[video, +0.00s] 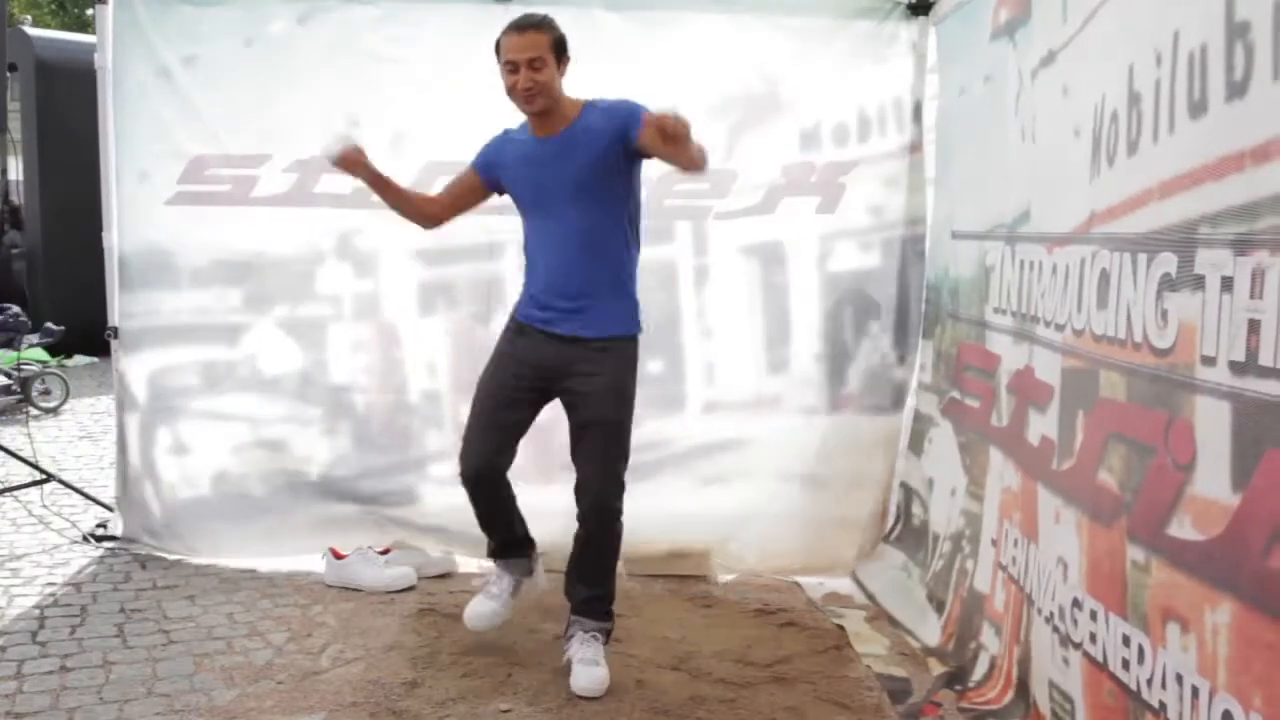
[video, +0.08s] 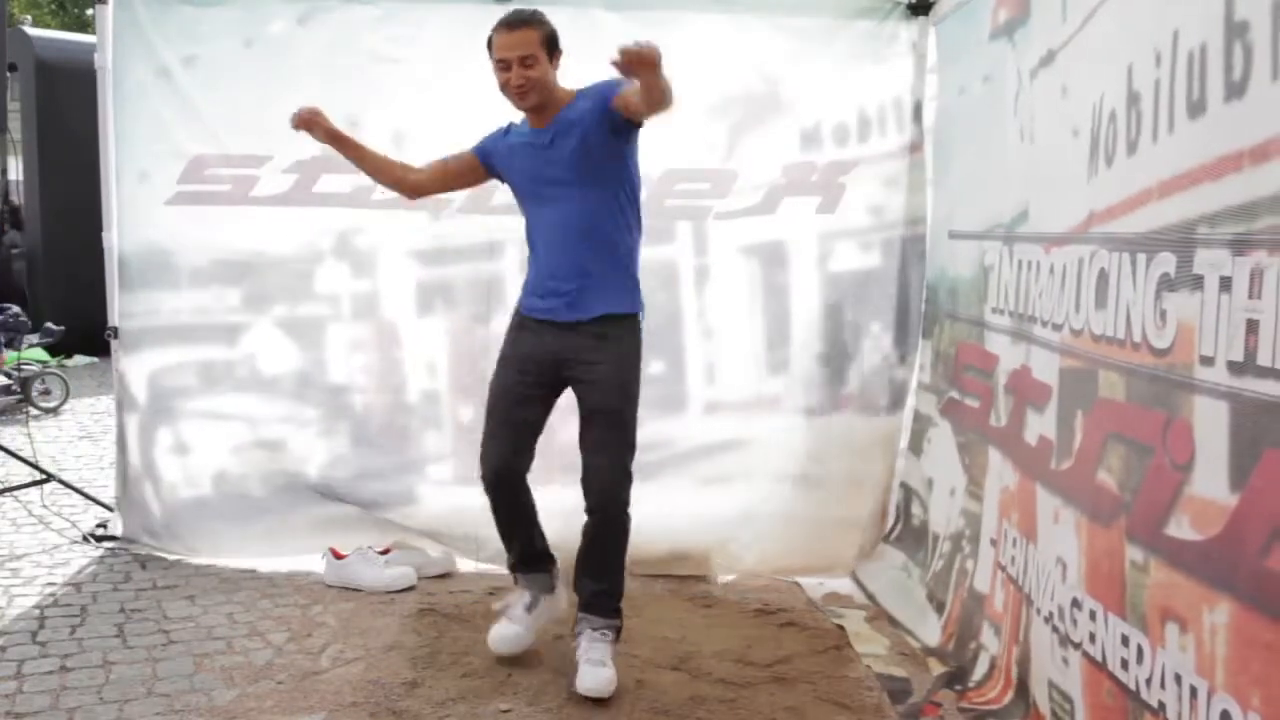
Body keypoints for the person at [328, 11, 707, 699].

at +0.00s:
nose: (525, 79)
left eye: (536, 65)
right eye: (512, 69)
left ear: (563, 64)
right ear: (502, 77)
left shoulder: (616, 120)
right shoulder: (505, 151)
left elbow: (692, 163)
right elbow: (430, 213)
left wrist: (677, 138)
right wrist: (369, 175)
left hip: (605, 341)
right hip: (530, 333)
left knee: (600, 492)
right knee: (478, 465)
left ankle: (589, 629)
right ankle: (515, 561)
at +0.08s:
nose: (515, 77)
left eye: (526, 62)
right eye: (503, 67)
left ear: (555, 61)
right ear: (494, 72)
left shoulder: (601, 104)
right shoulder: (505, 145)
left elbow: (653, 102)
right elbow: (415, 181)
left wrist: (650, 75)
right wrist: (334, 138)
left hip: (608, 328)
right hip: (535, 326)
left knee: (607, 486)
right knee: (500, 469)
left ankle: (598, 627)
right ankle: (537, 584)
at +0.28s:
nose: (502, 103)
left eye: (514, 91)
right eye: (491, 93)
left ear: (542, 93)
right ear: (482, 101)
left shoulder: (579, 135)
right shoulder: (503, 181)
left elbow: (626, 125)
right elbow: (426, 238)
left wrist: (559, 83)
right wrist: (379, 165)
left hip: (609, 351)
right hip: (545, 355)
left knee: (597, 503)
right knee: (520, 499)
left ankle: (615, 647)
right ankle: (569, 622)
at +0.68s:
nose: (502, 90)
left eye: (513, 75)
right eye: (491, 81)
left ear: (547, 74)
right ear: (487, 91)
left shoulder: (594, 103)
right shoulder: (523, 167)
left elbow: (572, 120)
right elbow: (464, 244)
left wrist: (508, 123)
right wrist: (405, 195)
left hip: (625, 327)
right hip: (565, 337)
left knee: (609, 496)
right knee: (557, 496)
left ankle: (615, 658)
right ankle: (594, 630)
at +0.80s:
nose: (506, 110)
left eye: (517, 97)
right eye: (496, 102)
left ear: (549, 101)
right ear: (491, 116)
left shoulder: (590, 134)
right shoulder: (526, 199)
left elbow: (633, 184)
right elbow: (504, 296)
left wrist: (539, 218)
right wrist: (454, 251)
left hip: (628, 351)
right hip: (569, 360)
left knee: (592, 509)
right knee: (549, 510)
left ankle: (610, 667)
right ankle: (596, 641)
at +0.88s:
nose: (506, 118)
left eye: (516, 104)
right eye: (495, 110)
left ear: (546, 106)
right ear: (490, 122)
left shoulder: (591, 137)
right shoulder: (525, 205)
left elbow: (666, 171)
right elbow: (487, 297)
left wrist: (581, 209)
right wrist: (444, 246)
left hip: (641, 339)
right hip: (583, 351)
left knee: (563, 467)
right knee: (551, 494)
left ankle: (600, 622)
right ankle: (605, 640)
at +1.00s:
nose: (502, 110)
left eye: (513, 95)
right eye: (491, 101)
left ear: (543, 94)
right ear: (485, 112)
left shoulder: (589, 117)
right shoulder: (528, 198)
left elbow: (678, 129)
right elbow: (484, 284)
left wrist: (634, 152)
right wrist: (439, 218)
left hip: (662, 306)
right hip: (609, 324)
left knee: (538, 354)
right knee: (588, 474)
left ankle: (577, 516)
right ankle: (615, 638)